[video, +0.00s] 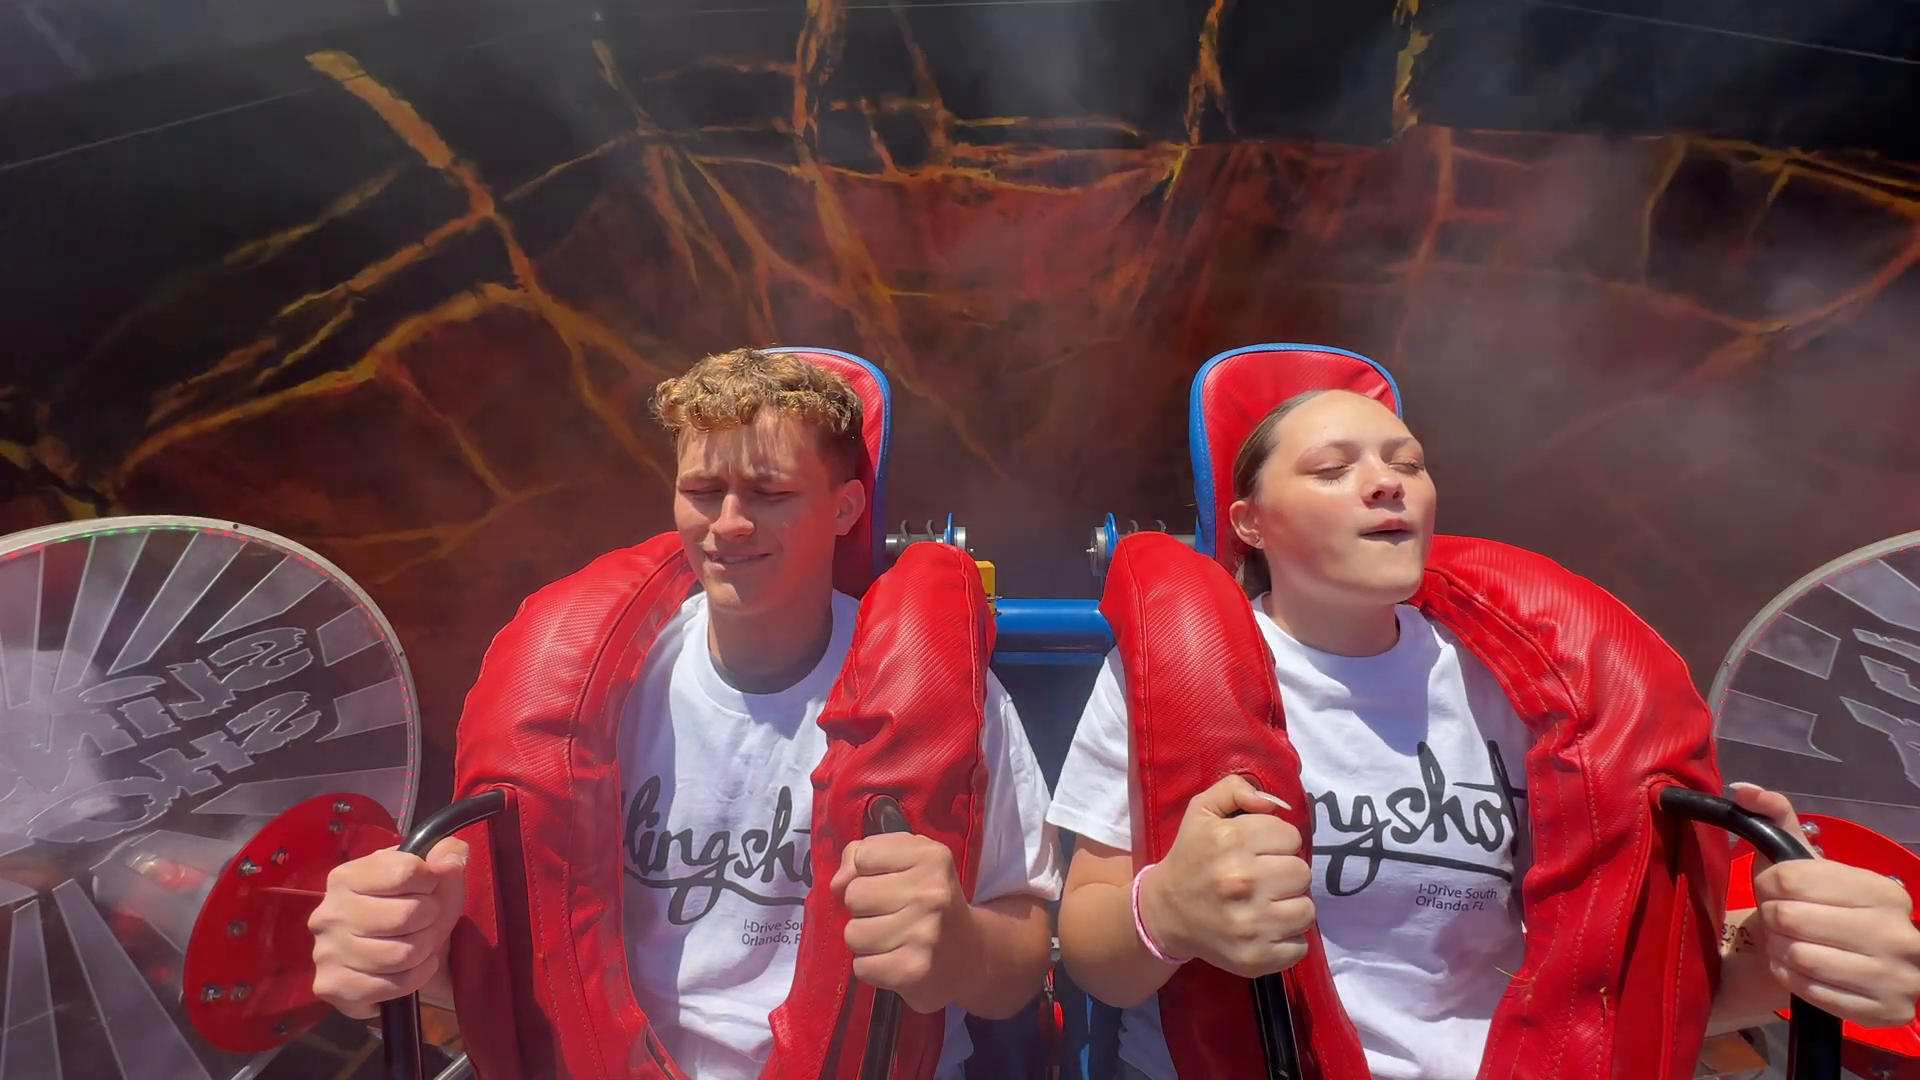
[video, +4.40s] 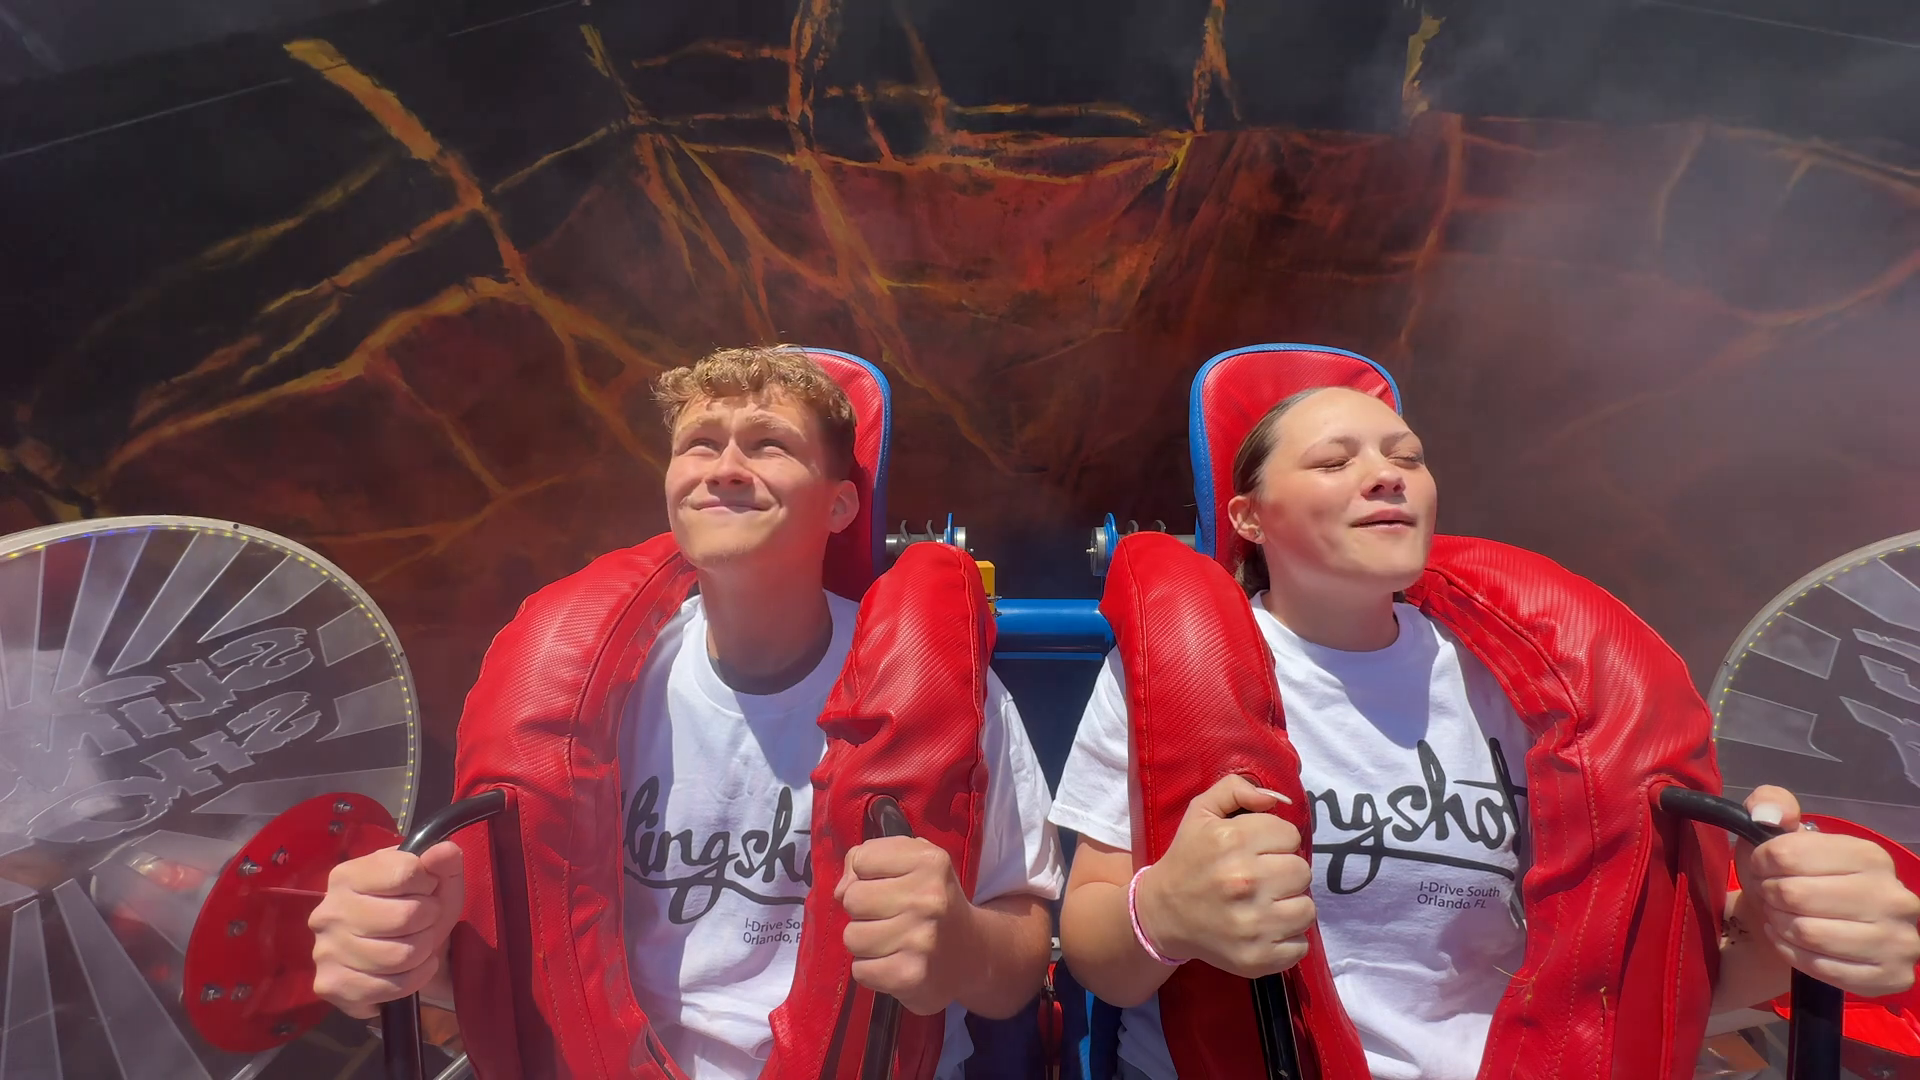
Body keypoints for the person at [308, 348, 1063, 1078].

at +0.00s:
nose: (729, 524)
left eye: (768, 493)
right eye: (705, 490)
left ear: (847, 507)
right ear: (675, 492)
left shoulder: (936, 690)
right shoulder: (581, 669)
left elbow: (1026, 958)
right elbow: (505, 938)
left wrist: (961, 949)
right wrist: (410, 945)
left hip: (832, 1063)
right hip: (611, 1058)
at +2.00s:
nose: (726, 523)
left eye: (766, 491)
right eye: (703, 490)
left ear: (847, 507)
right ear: (672, 494)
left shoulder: (935, 688)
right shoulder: (586, 674)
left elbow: (1026, 955)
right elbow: (503, 926)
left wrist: (965, 949)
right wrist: (402, 942)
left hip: (839, 1063)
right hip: (616, 1058)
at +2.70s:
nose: (831, 522)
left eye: (850, 492)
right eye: (789, 487)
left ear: (873, 504)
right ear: (693, 499)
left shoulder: (937, 685)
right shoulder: (583, 671)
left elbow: (1024, 952)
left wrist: (965, 950)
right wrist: (411, 941)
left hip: (840, 1063)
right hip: (614, 1059)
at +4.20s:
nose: (737, 495)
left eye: (778, 465)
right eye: (710, 463)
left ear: (845, 500)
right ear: (674, 488)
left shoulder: (937, 688)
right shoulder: (582, 674)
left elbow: (1025, 960)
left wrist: (965, 949)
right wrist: (411, 947)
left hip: (841, 1063)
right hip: (617, 1058)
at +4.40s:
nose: (724, 463)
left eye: (770, 445)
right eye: (701, 443)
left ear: (841, 502)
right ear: (666, 490)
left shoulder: (938, 688)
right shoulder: (577, 678)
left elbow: (1025, 959)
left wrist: (964, 949)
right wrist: (411, 948)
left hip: (844, 1063)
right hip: (618, 1059)